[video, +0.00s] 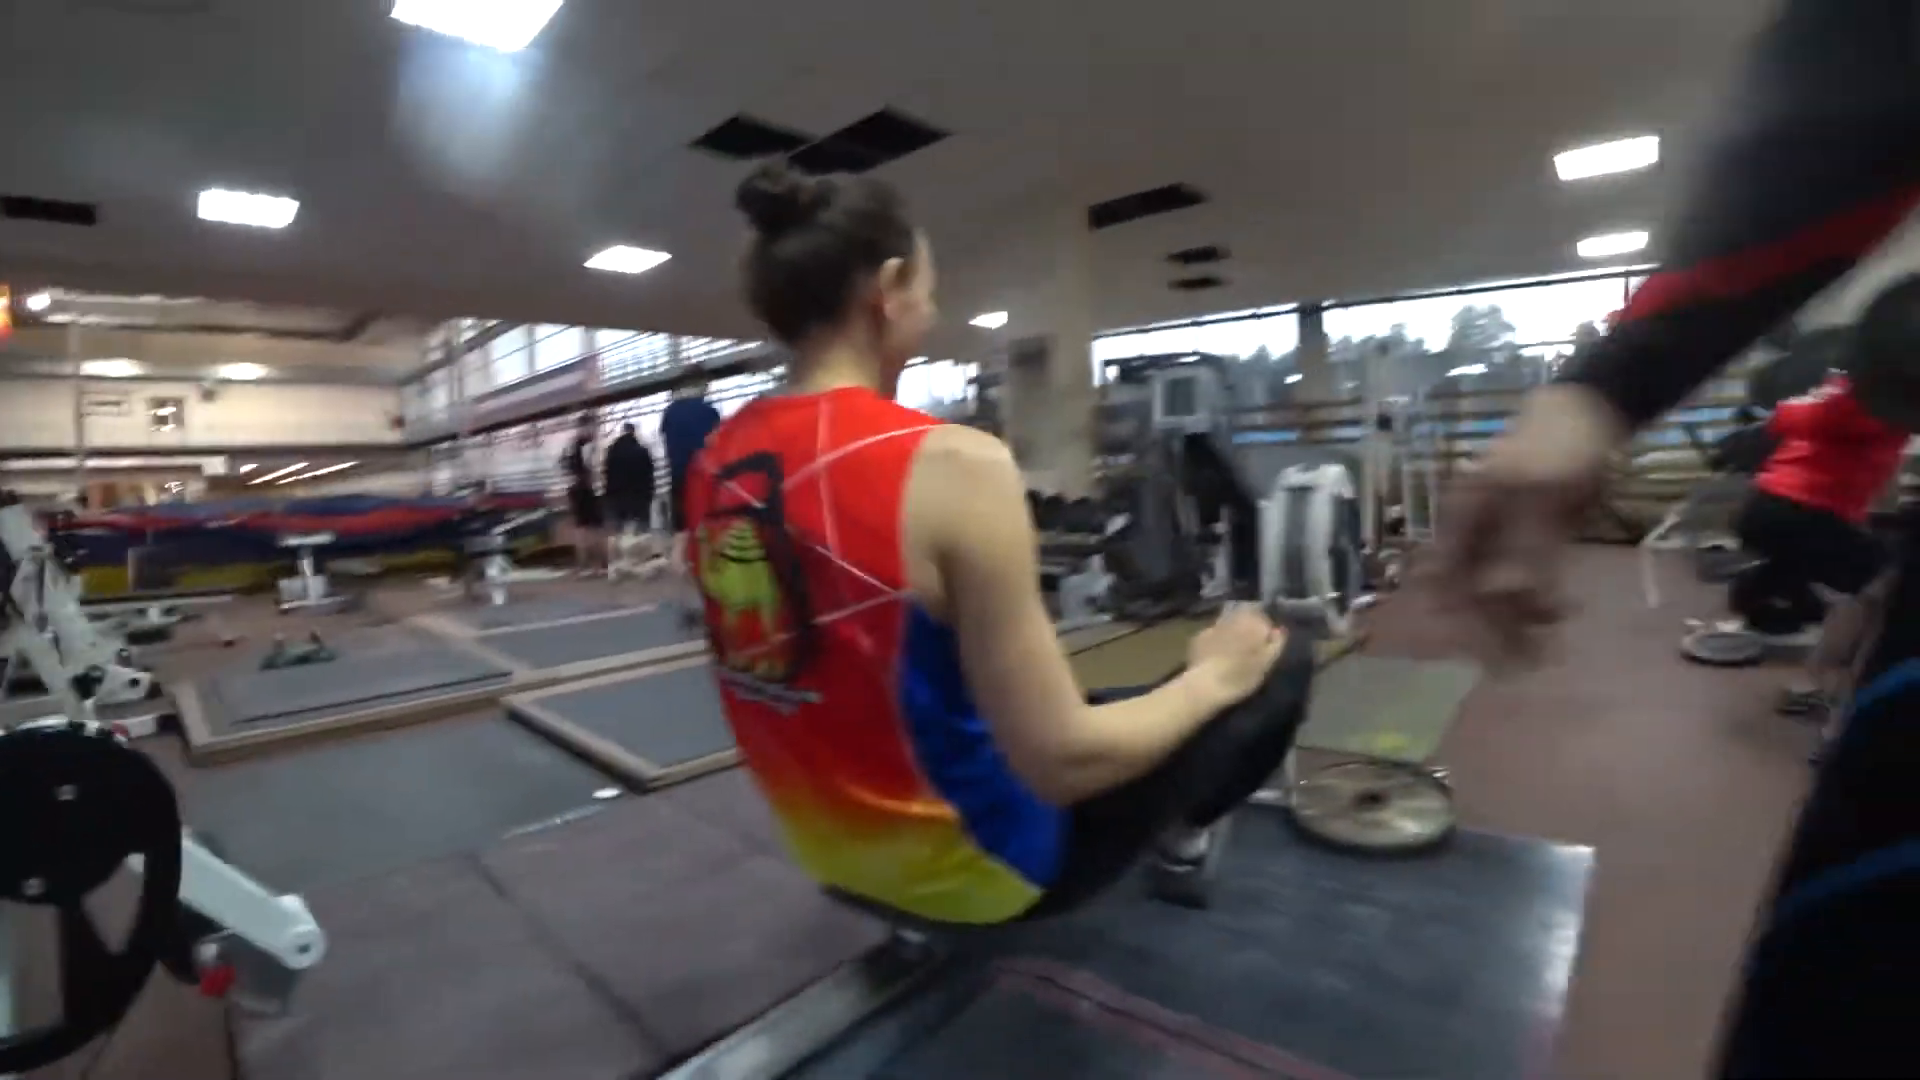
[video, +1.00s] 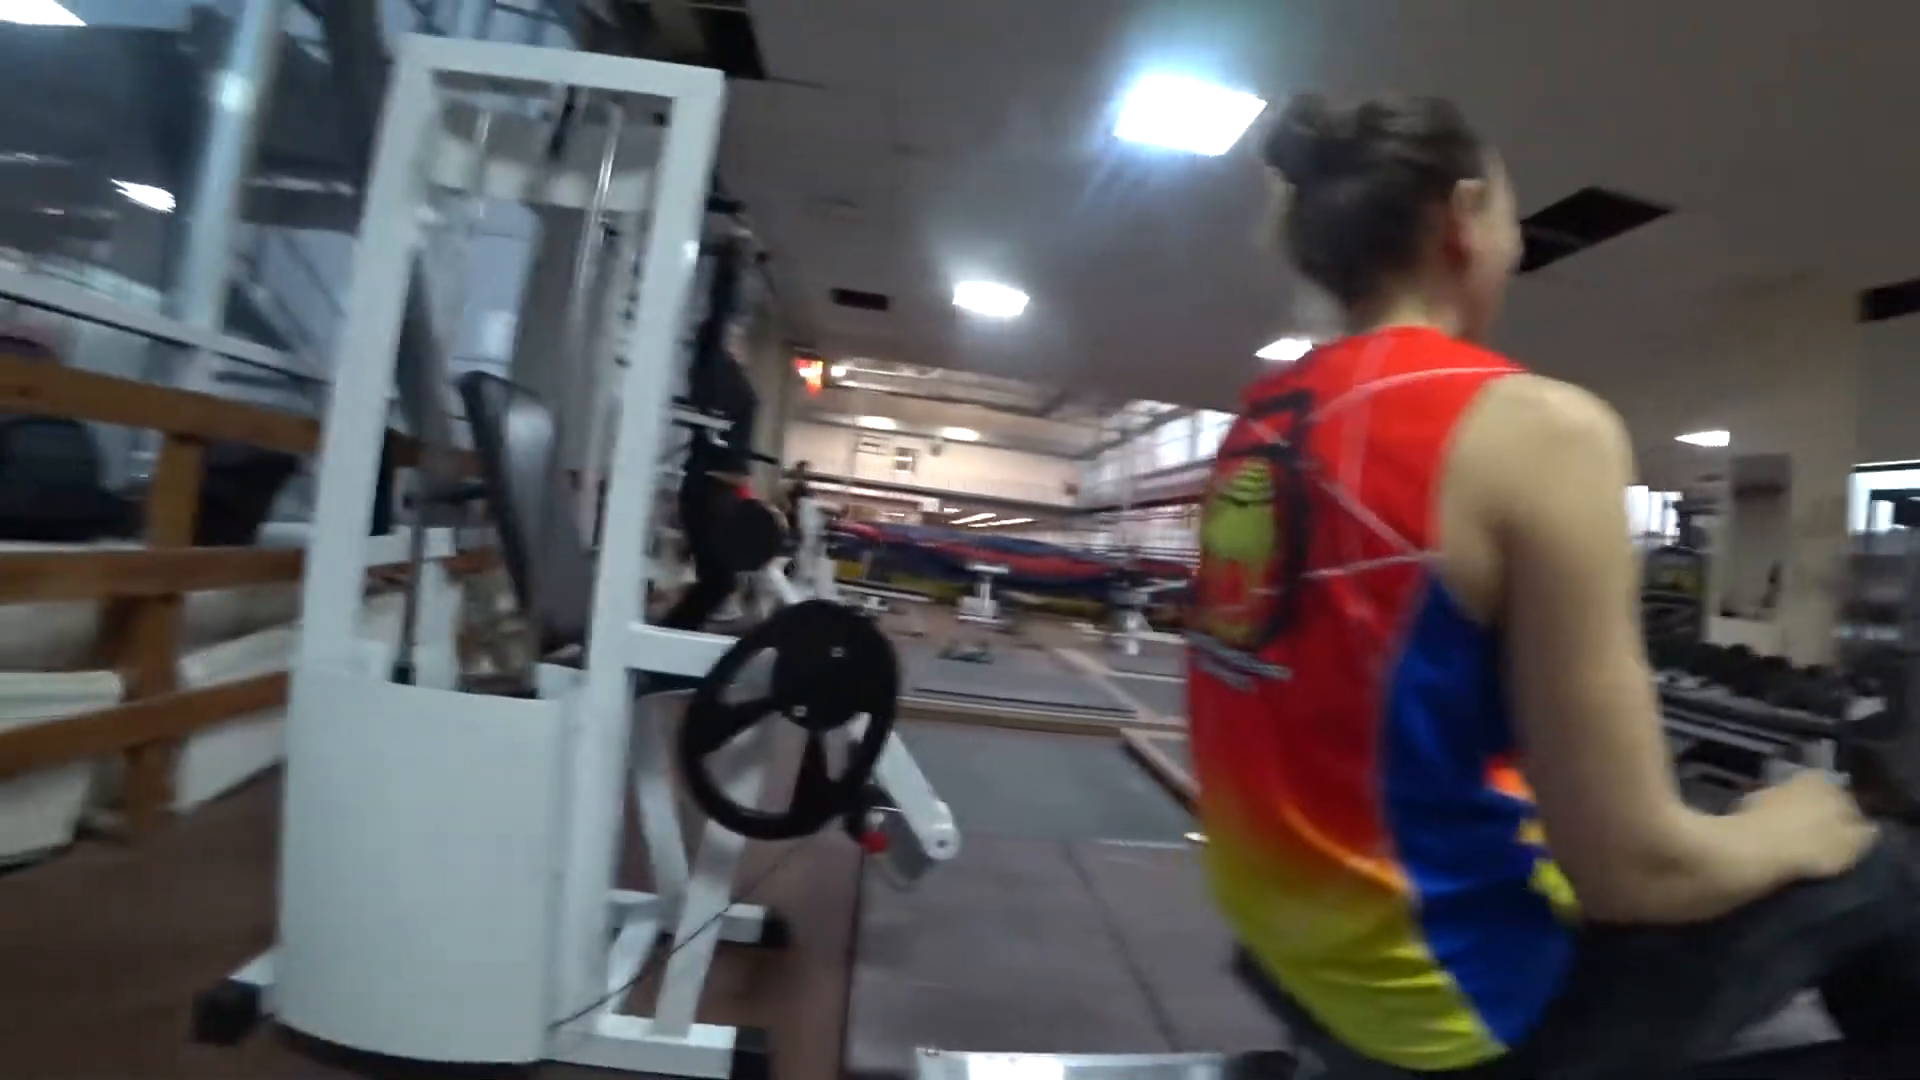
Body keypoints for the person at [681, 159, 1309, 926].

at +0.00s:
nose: (931, 314)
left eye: (931, 291)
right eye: (928, 290)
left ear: (782, 308)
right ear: (886, 294)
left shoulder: (720, 460)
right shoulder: (955, 468)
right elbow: (1059, 762)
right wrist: (1210, 677)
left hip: (838, 867)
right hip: (985, 886)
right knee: (1277, 658)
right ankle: (1186, 837)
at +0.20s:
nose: (1196, 289)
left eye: (1188, 261)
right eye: (1177, 261)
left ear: (1035, 285)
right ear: (1126, 273)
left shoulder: (984, 442)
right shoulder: (1196, 438)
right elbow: (1323, 743)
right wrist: (1513, 702)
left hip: (1093, 869)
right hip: (1240, 886)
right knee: (1543, 714)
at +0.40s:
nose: (1682, 263)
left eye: (1682, 231)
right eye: (1674, 230)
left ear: (1504, 252)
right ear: (1620, 230)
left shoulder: (1405, 423)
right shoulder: (1706, 448)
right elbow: (1828, 861)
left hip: (1442, 940)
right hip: (1637, 992)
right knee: (1898, 998)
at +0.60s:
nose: (1633, 268)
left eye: (1639, 235)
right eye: (1625, 232)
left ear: (1438, 242)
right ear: (1547, 232)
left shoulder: (1335, 404)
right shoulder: (1587, 439)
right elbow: (1682, 865)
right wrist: (1867, 897)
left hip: (1316, 952)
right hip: (1483, 998)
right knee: (1877, 1015)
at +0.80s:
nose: (1394, 282)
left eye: (1397, 249)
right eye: (1394, 247)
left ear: (1220, 243)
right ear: (1345, 235)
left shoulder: (1136, 399)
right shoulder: (1386, 427)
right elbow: (1457, 845)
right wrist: (1603, 852)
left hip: (1136, 949)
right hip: (1297, 1011)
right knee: (1658, 898)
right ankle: (1739, 1033)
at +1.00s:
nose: (1515, 249)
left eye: (1512, 220)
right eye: (1507, 217)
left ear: (1336, 253)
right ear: (1461, 225)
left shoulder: (1271, 411)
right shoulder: (1535, 432)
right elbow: (1633, 869)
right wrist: (1782, 833)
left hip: (1305, 977)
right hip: (1487, 1023)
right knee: (1875, 868)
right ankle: (1891, 1041)